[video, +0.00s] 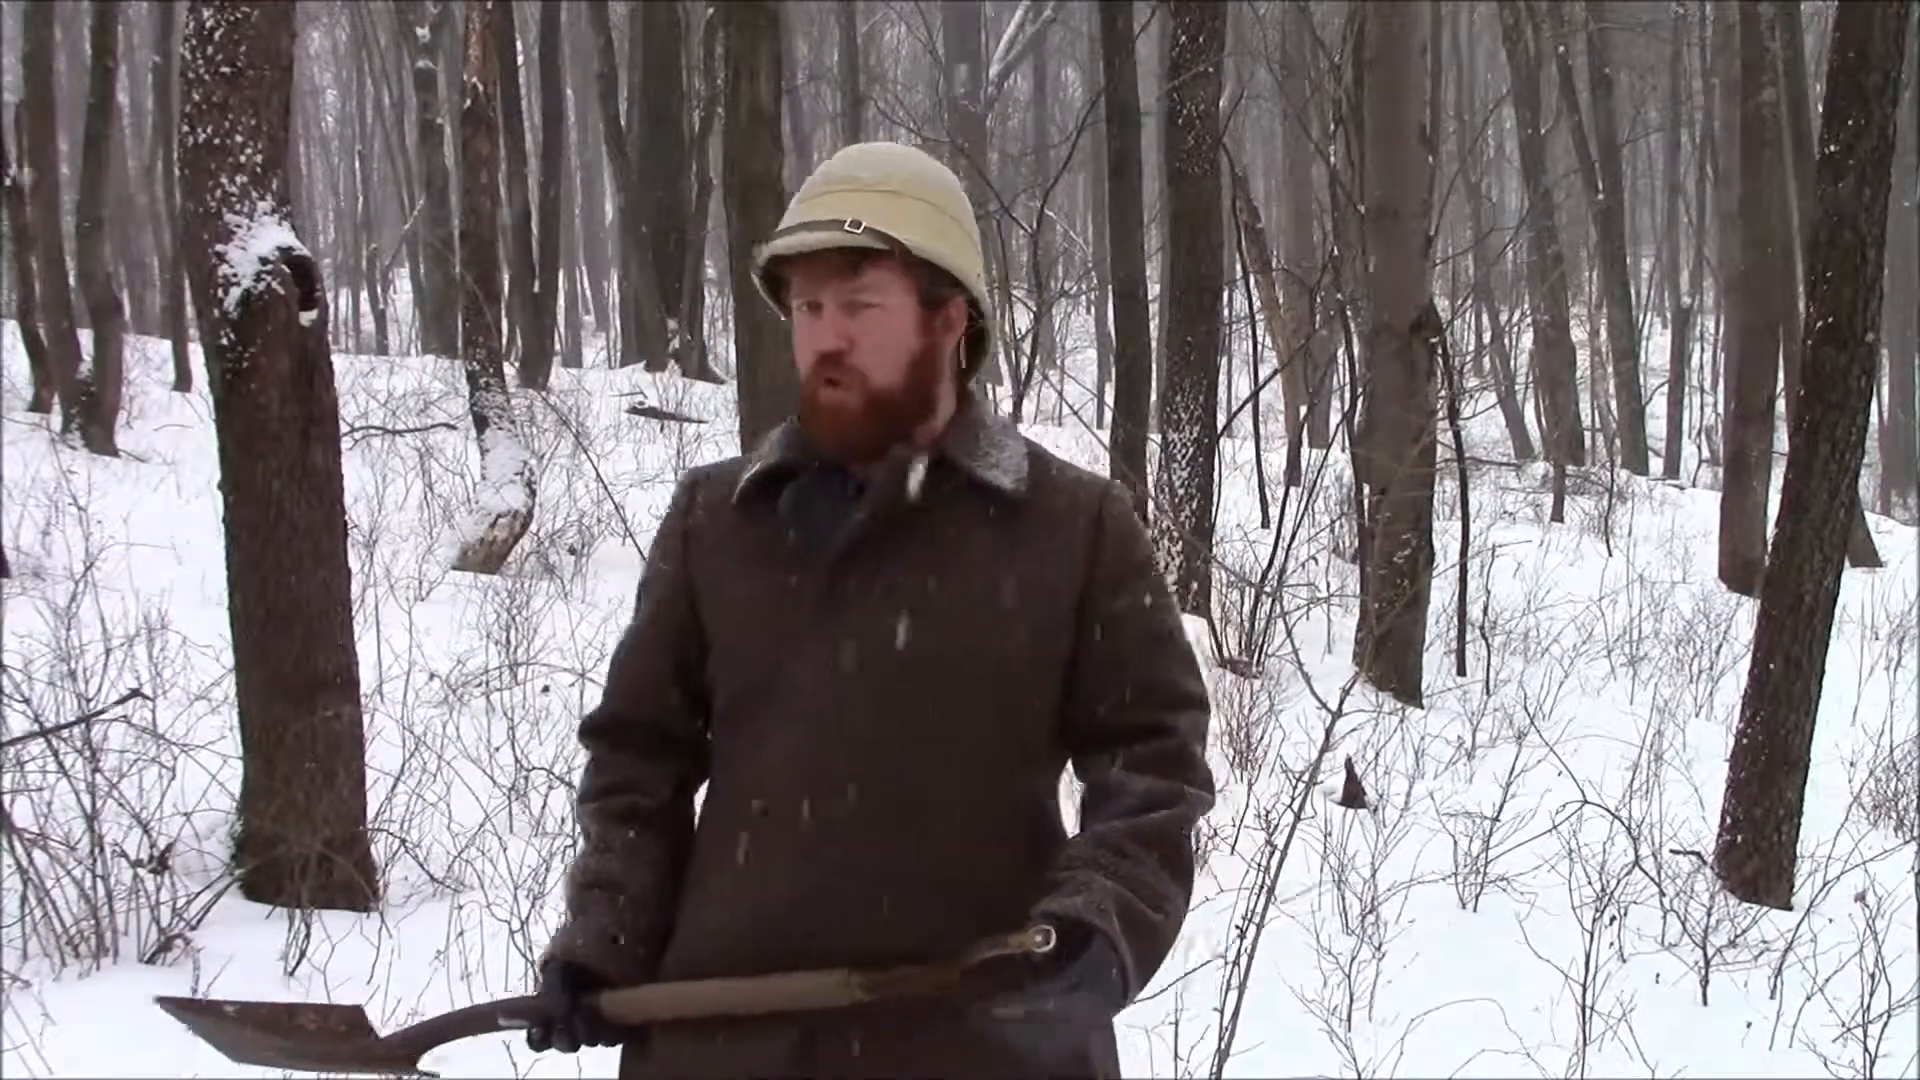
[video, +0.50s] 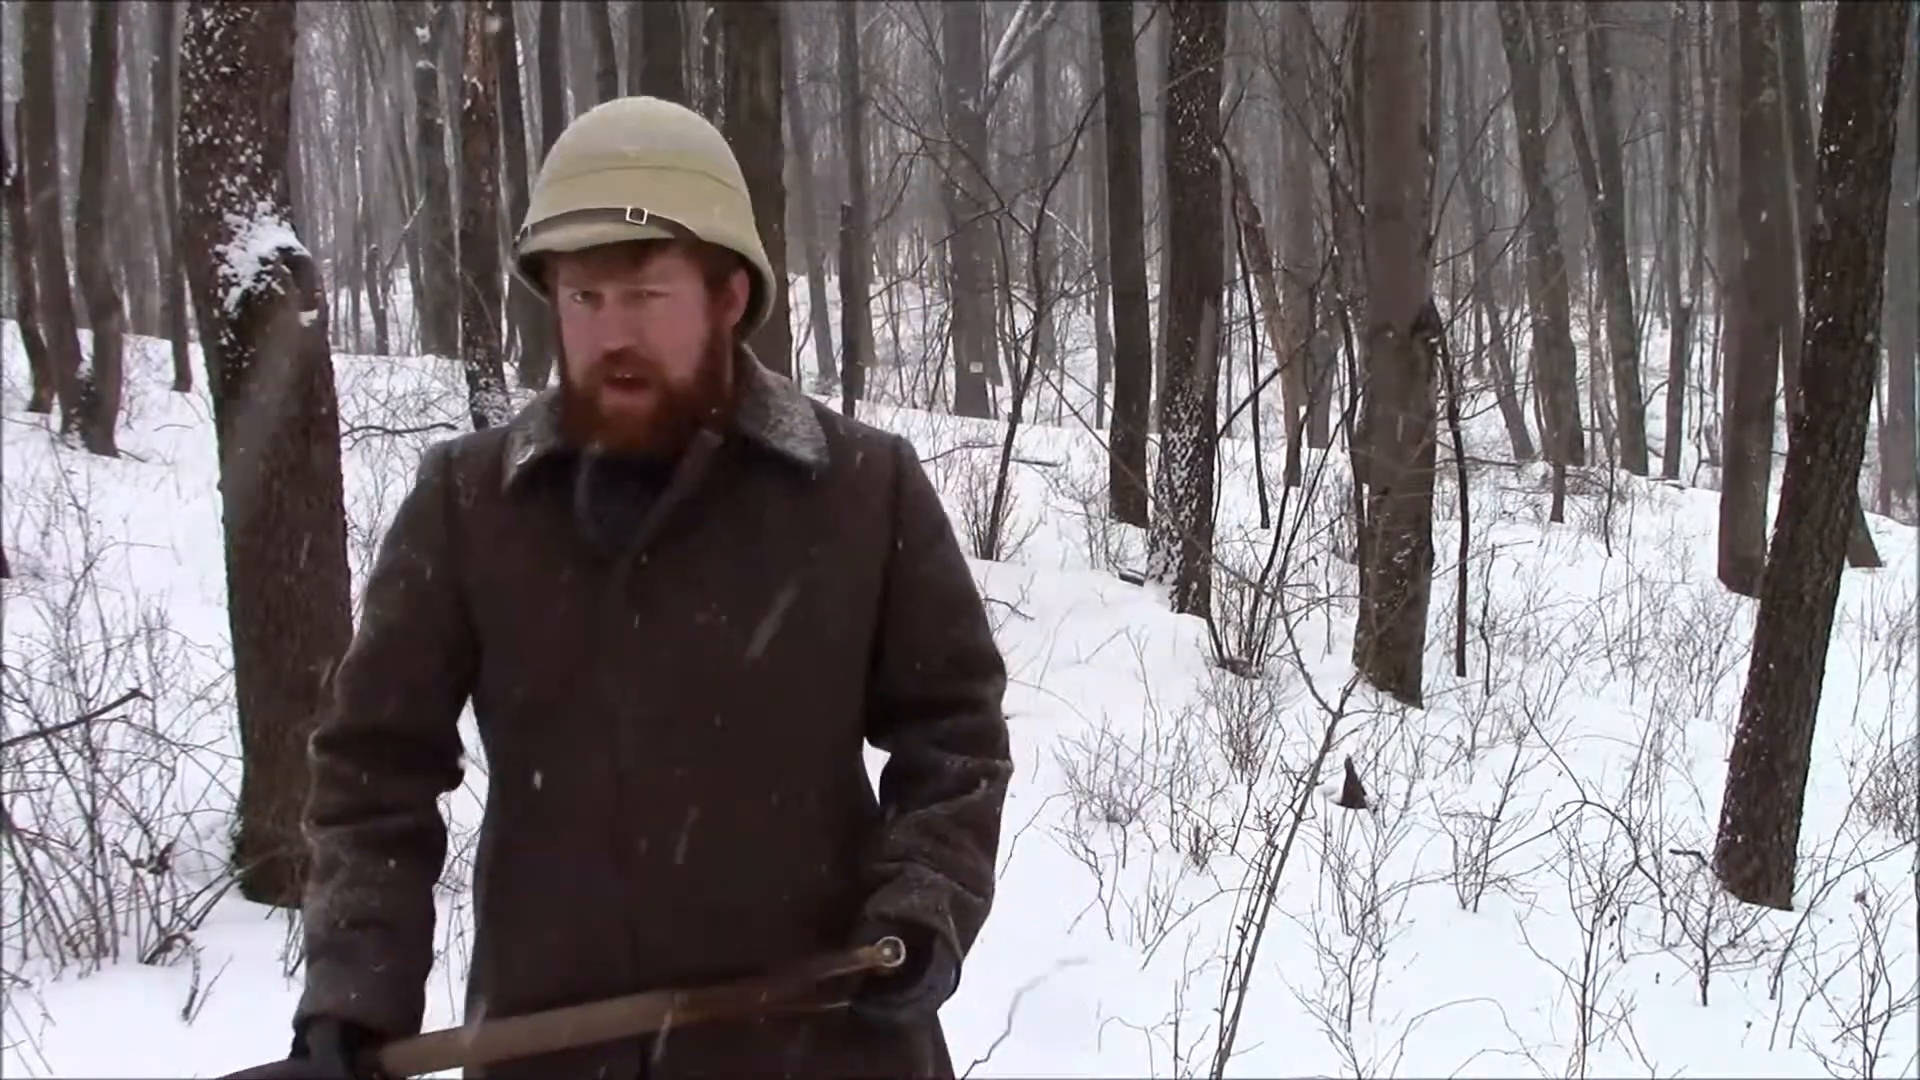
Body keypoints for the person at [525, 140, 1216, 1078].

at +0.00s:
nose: (822, 340)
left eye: (857, 301)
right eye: (804, 308)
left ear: (950, 318)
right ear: (784, 321)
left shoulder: (1076, 528)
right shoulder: (712, 519)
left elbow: (1154, 762)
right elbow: (638, 752)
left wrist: (1101, 921)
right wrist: (602, 939)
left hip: (976, 1038)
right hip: (717, 1040)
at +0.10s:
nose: (789, 353)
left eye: (824, 313)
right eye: (769, 320)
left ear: (915, 331)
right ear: (745, 336)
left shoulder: (1039, 543)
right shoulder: (667, 531)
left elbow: (1113, 796)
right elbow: (592, 778)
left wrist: (1050, 968)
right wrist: (560, 978)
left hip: (934, 1042)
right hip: (674, 1044)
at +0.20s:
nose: (738, 363)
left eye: (774, 324)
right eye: (718, 329)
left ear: (864, 339)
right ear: (695, 343)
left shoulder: (991, 556)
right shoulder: (614, 540)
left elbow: (1068, 826)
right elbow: (539, 800)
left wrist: (1005, 985)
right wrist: (500, 1023)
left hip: (879, 1048)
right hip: (625, 1051)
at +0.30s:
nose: (686, 357)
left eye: (721, 319)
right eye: (662, 323)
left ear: (812, 330)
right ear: (638, 336)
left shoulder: (942, 541)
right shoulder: (556, 531)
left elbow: (1020, 789)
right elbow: (475, 788)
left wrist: (971, 962)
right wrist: (452, 1011)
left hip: (856, 1039)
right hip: (590, 1045)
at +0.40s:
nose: (645, 344)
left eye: (680, 305)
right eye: (619, 308)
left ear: (766, 312)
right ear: (588, 318)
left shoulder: (898, 512)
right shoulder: (501, 510)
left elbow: (979, 750)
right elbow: (418, 771)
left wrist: (944, 923)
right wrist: (390, 1012)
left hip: (833, 1043)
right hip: (563, 1045)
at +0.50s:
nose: (613, 334)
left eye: (647, 295)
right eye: (585, 298)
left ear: (732, 298)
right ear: (552, 308)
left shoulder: (866, 491)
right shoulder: (467, 501)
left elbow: (951, 729)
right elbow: (377, 771)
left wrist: (919, 909)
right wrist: (353, 1009)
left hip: (817, 1041)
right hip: (550, 1047)